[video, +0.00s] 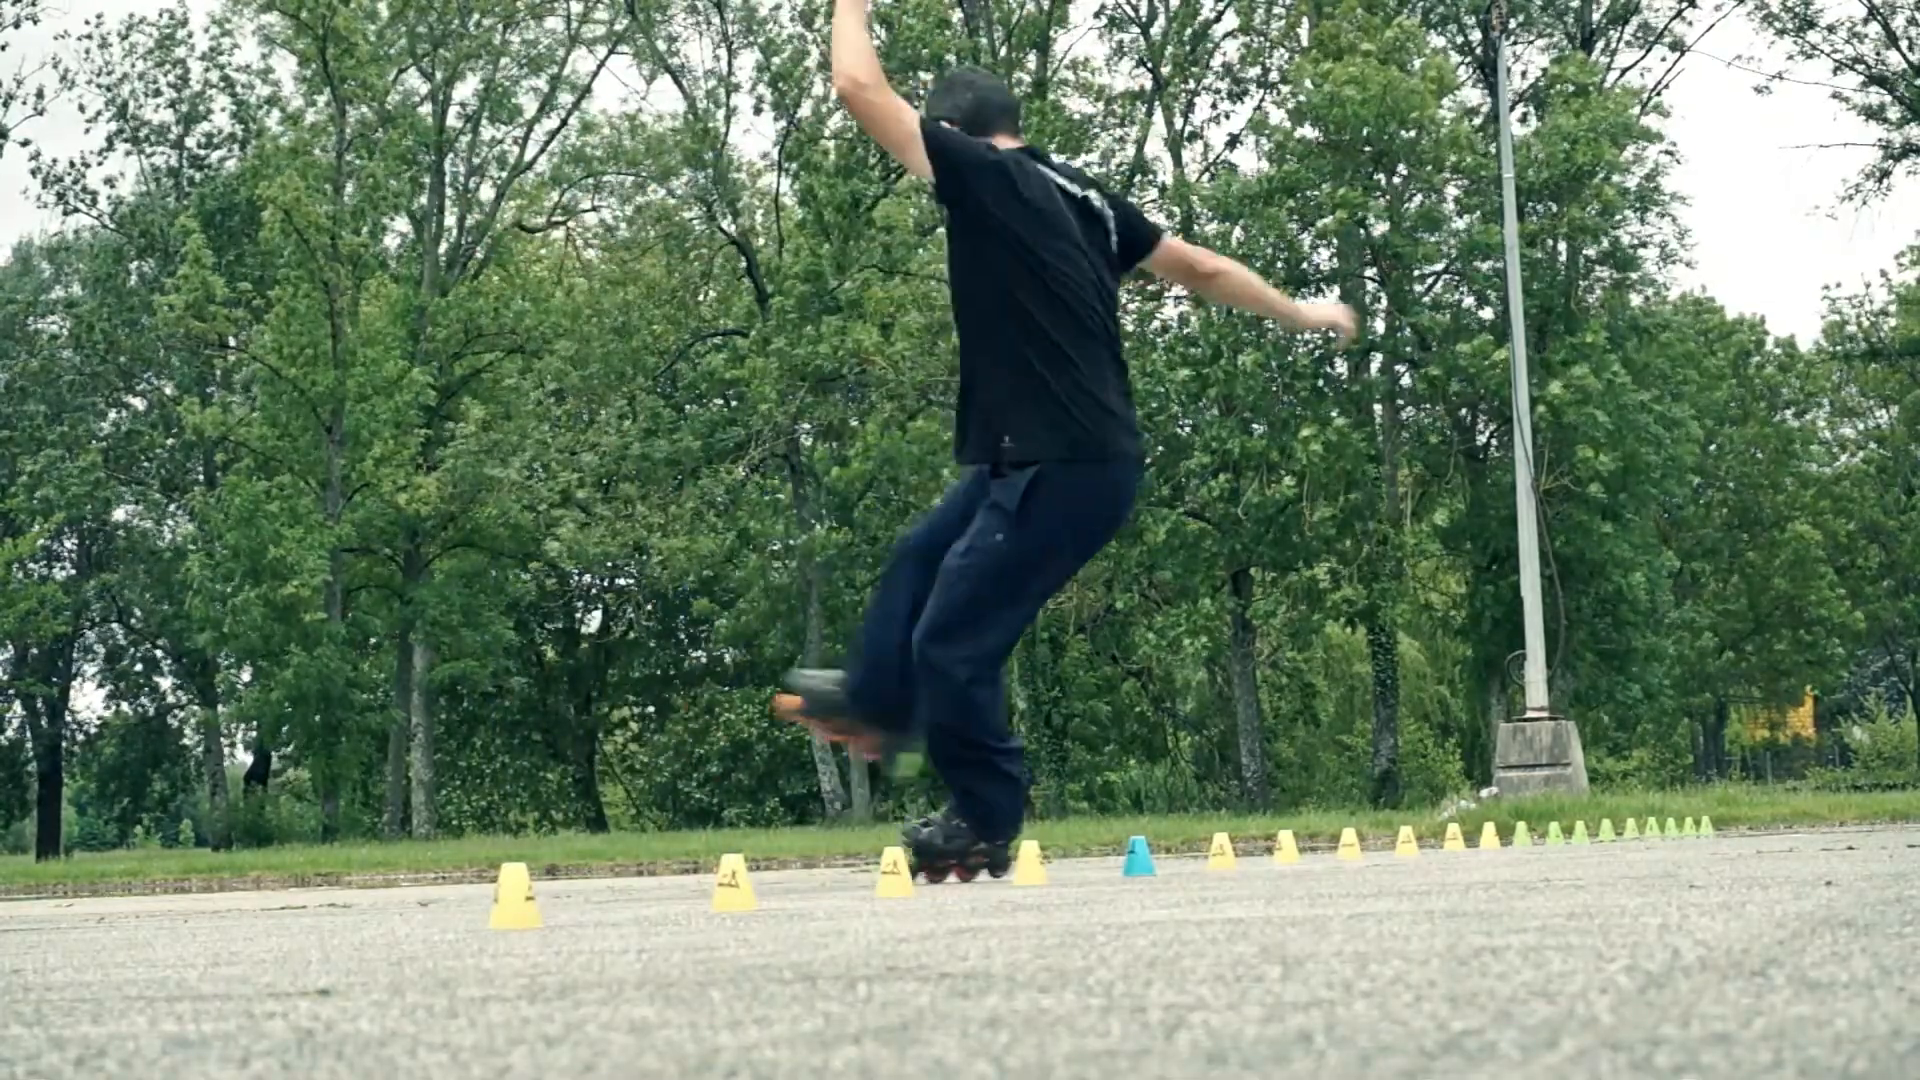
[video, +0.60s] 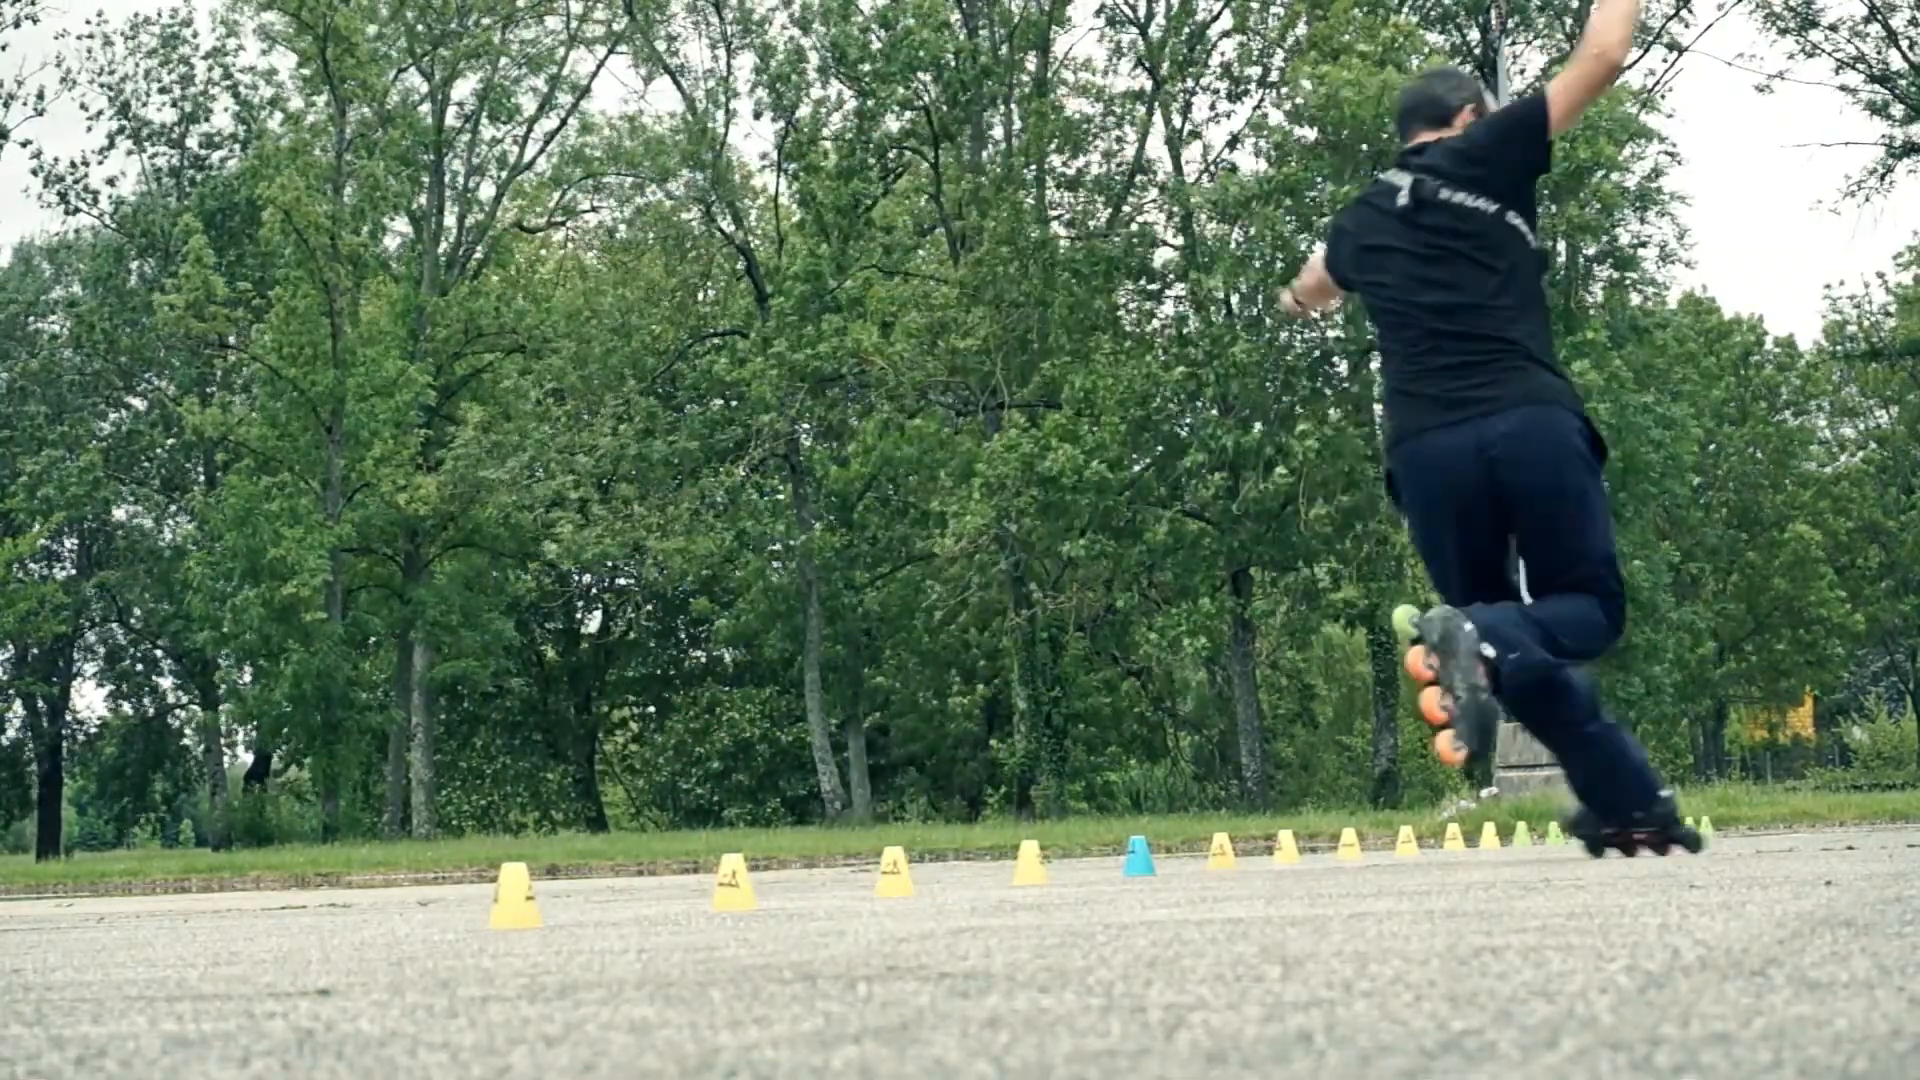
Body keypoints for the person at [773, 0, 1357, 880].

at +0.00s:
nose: (926, 158)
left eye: (930, 144)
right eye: (926, 145)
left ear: (955, 136)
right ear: (1015, 127)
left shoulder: (982, 172)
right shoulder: (1092, 203)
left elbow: (856, 83)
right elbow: (1198, 266)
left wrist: (850, 5)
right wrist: (1296, 310)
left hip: (1063, 468)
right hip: (1026, 462)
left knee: (950, 638)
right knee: (917, 560)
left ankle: (987, 816)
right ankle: (874, 705)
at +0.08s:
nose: (978, 155)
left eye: (979, 145)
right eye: (983, 146)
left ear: (996, 142)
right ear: (1064, 135)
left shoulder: (1006, 181)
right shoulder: (1137, 205)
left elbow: (879, 109)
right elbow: (1260, 265)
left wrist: (890, 18)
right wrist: (1389, 303)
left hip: (1093, 468)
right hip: (1148, 463)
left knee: (993, 642)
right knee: (1026, 576)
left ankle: (1040, 815)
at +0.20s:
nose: (1071, 166)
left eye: (1071, 156)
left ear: (1077, 157)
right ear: (1158, 145)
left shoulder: (1059, 200)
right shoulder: (1209, 208)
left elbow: (950, 144)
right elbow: (1351, 244)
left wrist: (967, 55)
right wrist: (1490, 249)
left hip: (1148, 479)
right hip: (1229, 467)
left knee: (1075, 649)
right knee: (1206, 602)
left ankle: (1157, 811)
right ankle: (1367, 705)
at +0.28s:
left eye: (1138, 156)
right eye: (1204, 148)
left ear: (1137, 159)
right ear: (1214, 150)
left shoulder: (1105, 208)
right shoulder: (1258, 202)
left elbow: (1018, 172)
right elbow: (1405, 211)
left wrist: (1035, 92)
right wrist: (1533, 181)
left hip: (1195, 486)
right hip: (1291, 467)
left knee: (1155, 655)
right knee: (1318, 605)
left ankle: (1253, 809)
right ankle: (1488, 688)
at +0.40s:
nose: (1321, 156)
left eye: (1315, 150)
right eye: (1318, 148)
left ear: (1230, 163)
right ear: (1306, 150)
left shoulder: (1194, 229)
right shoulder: (1340, 195)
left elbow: (1143, 221)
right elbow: (1473, 137)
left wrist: (1142, 162)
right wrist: (1551, 45)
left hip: (1287, 477)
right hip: (1390, 452)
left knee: (1276, 658)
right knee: (1457, 591)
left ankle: (1395, 816)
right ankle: (1535, 647)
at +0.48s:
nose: (1388, 145)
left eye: (1382, 138)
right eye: (1384, 136)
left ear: (1301, 153)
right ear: (1370, 139)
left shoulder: (1265, 232)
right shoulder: (1399, 172)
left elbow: (1220, 230)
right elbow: (1512, 92)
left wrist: (1212, 202)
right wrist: (1553, 5)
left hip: (1348, 467)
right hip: (1452, 441)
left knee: (1361, 651)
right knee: (1521, 575)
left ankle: (1487, 815)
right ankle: (1536, 629)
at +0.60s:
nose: (1490, 122)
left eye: (1485, 114)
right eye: (1484, 113)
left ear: (1404, 130)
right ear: (1464, 117)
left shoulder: (1360, 219)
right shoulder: (1492, 149)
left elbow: (1309, 294)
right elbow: (1602, 56)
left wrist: (1314, 285)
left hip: (1426, 450)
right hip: (1530, 425)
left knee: (1504, 645)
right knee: (1591, 608)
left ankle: (1632, 807)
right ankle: (1482, 640)